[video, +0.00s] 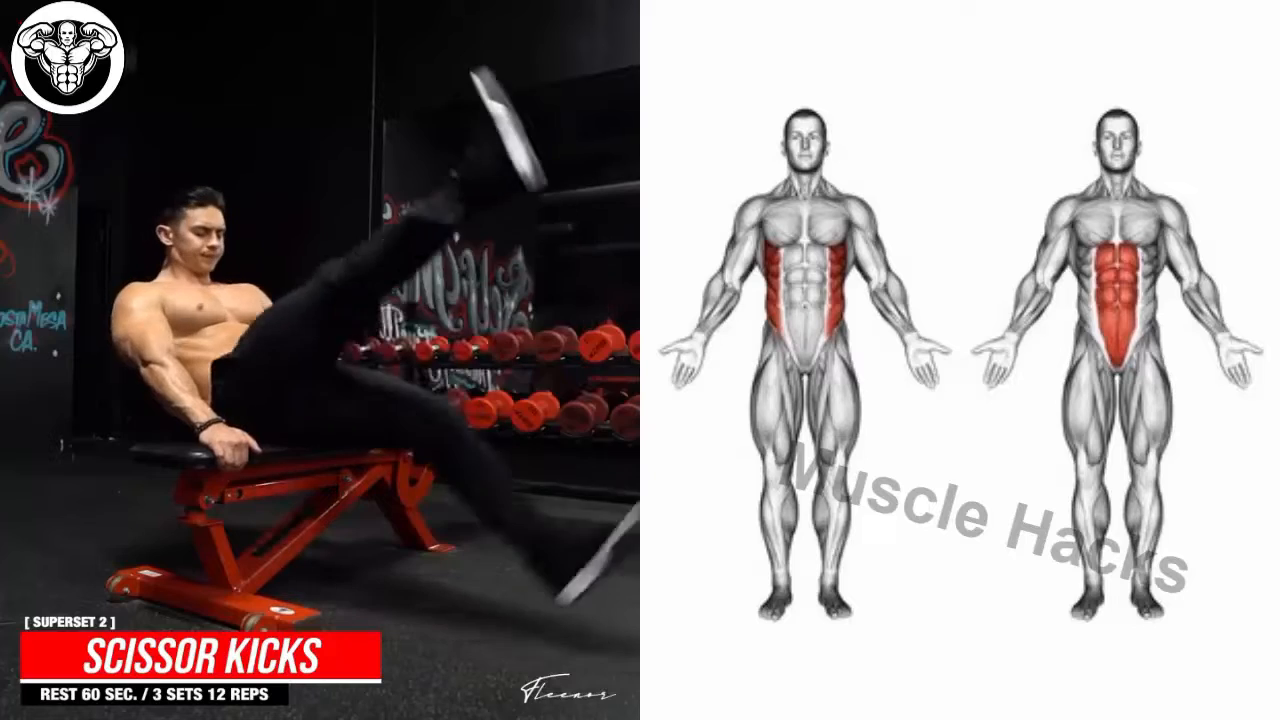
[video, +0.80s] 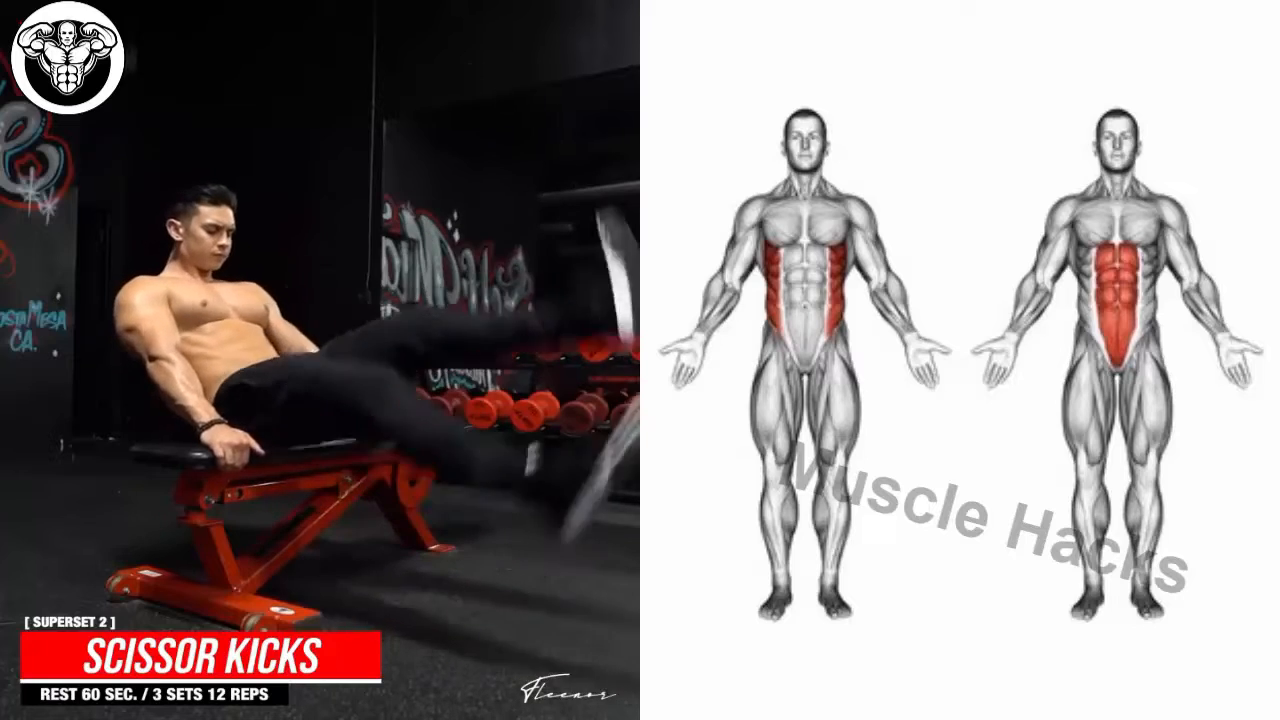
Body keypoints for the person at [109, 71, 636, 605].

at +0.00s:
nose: (214, 243)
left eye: (219, 234)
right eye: (202, 232)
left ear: (222, 238)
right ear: (168, 236)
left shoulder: (247, 293)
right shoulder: (139, 298)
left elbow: (298, 344)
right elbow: (157, 365)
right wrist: (207, 424)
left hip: (305, 394)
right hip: (243, 391)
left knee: (435, 421)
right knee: (342, 285)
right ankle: (472, 186)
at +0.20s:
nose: (216, 243)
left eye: (221, 234)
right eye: (203, 232)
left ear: (225, 239)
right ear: (169, 235)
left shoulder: (248, 294)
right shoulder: (139, 298)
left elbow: (302, 349)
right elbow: (160, 359)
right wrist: (208, 423)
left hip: (302, 399)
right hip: (241, 399)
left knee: (431, 418)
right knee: (335, 295)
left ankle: (514, 576)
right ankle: (472, 250)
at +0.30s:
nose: (213, 245)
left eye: (219, 235)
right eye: (201, 234)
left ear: (222, 241)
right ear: (167, 236)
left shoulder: (246, 296)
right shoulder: (137, 299)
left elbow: (298, 360)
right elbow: (161, 360)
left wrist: (359, 415)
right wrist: (208, 421)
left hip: (301, 403)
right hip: (243, 399)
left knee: (434, 391)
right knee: (351, 326)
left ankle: (547, 520)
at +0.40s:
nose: (213, 246)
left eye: (219, 238)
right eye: (202, 235)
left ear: (223, 243)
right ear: (167, 236)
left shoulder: (244, 298)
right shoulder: (138, 299)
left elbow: (303, 354)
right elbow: (164, 362)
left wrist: (362, 403)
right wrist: (209, 424)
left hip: (295, 384)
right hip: (237, 398)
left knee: (423, 350)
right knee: (370, 372)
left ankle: (562, 425)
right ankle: (535, 474)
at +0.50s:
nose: (217, 244)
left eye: (222, 235)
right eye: (206, 233)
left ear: (222, 240)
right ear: (170, 234)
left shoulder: (246, 296)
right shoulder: (140, 297)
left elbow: (309, 355)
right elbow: (163, 364)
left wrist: (371, 388)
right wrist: (208, 424)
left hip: (305, 380)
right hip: (249, 393)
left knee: (409, 324)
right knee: (373, 426)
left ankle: (567, 317)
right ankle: (507, 567)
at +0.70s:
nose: (227, 240)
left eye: (232, 231)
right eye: (216, 229)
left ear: (231, 234)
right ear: (179, 229)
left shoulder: (251, 293)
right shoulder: (145, 291)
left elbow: (311, 356)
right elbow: (166, 361)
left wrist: (366, 387)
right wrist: (210, 422)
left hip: (303, 376)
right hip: (251, 392)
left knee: (399, 310)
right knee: (374, 434)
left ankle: (562, 244)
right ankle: (507, 577)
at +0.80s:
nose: (222, 241)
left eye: (228, 234)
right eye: (211, 231)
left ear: (228, 237)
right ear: (175, 229)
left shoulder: (251, 294)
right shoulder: (144, 293)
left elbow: (313, 354)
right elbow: (163, 360)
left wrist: (375, 390)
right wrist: (210, 426)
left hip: (298, 376)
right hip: (239, 392)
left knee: (408, 325)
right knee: (370, 384)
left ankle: (559, 316)